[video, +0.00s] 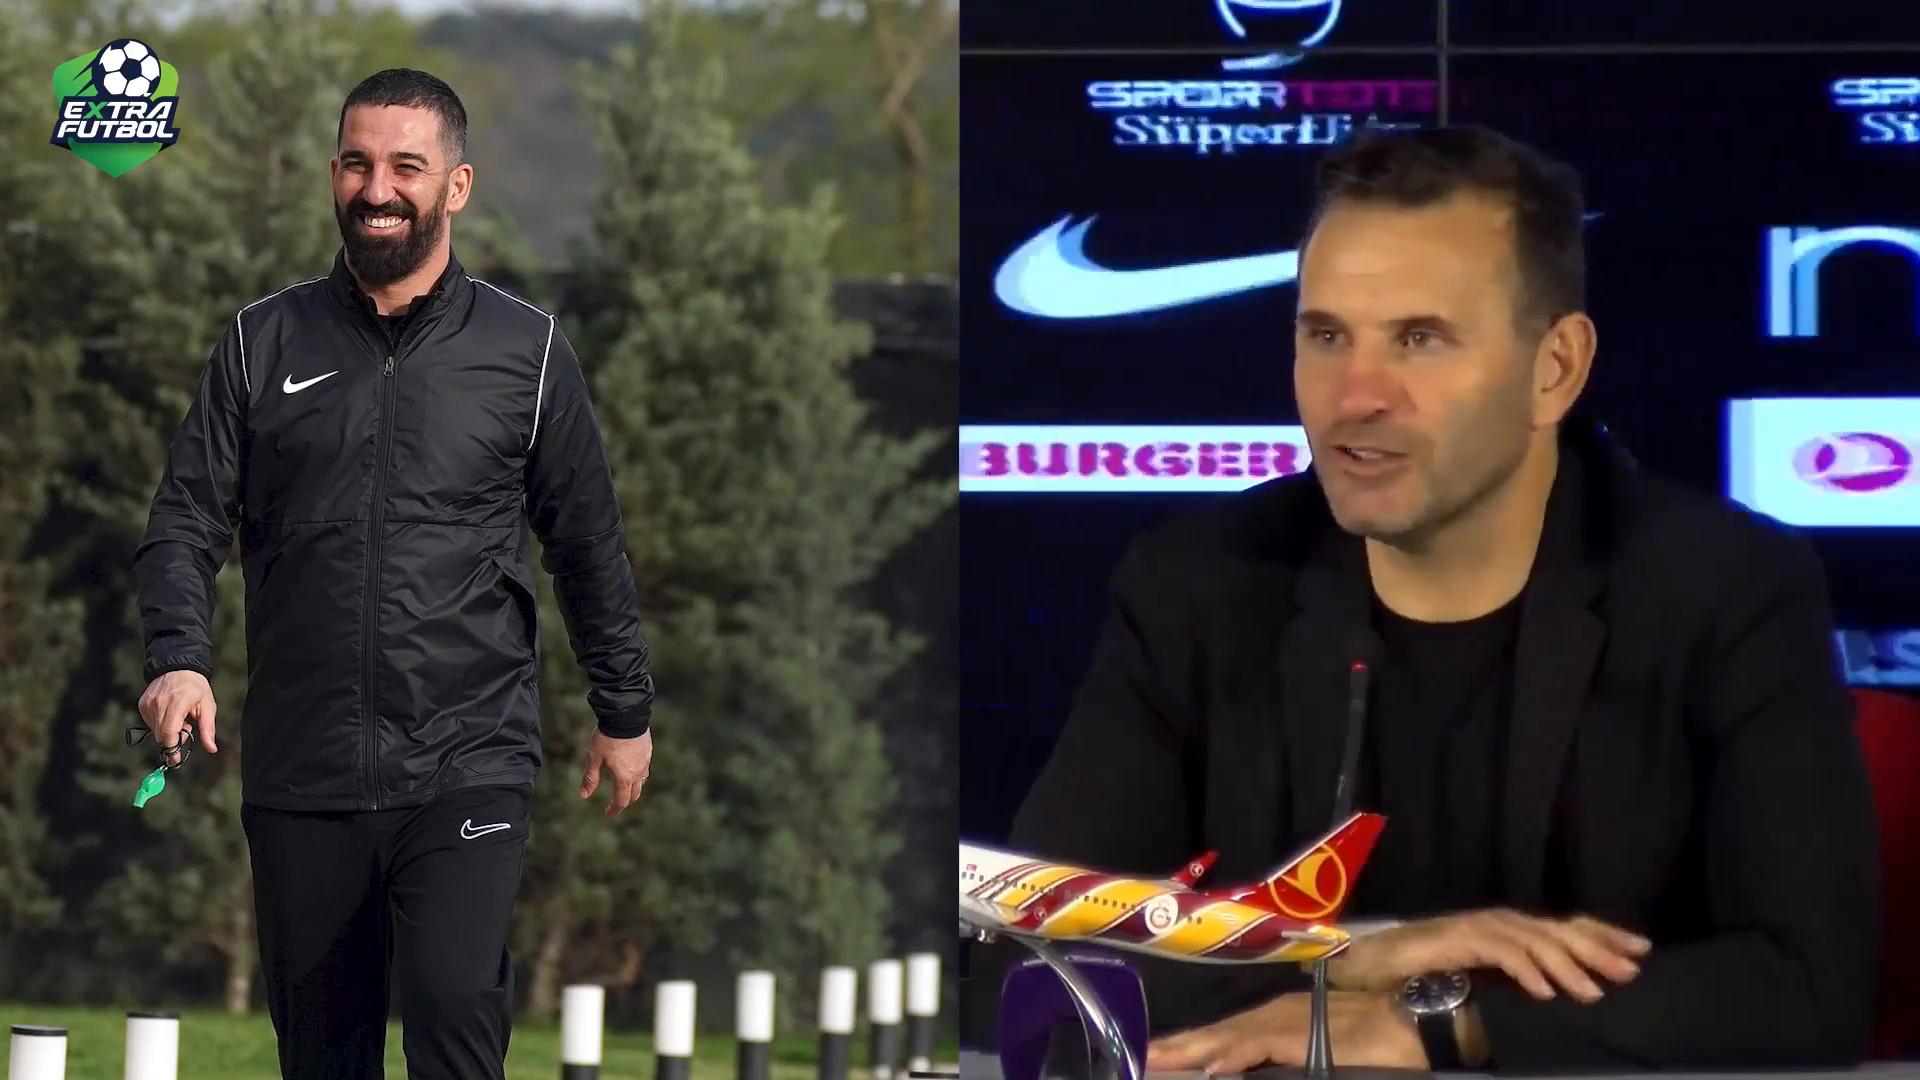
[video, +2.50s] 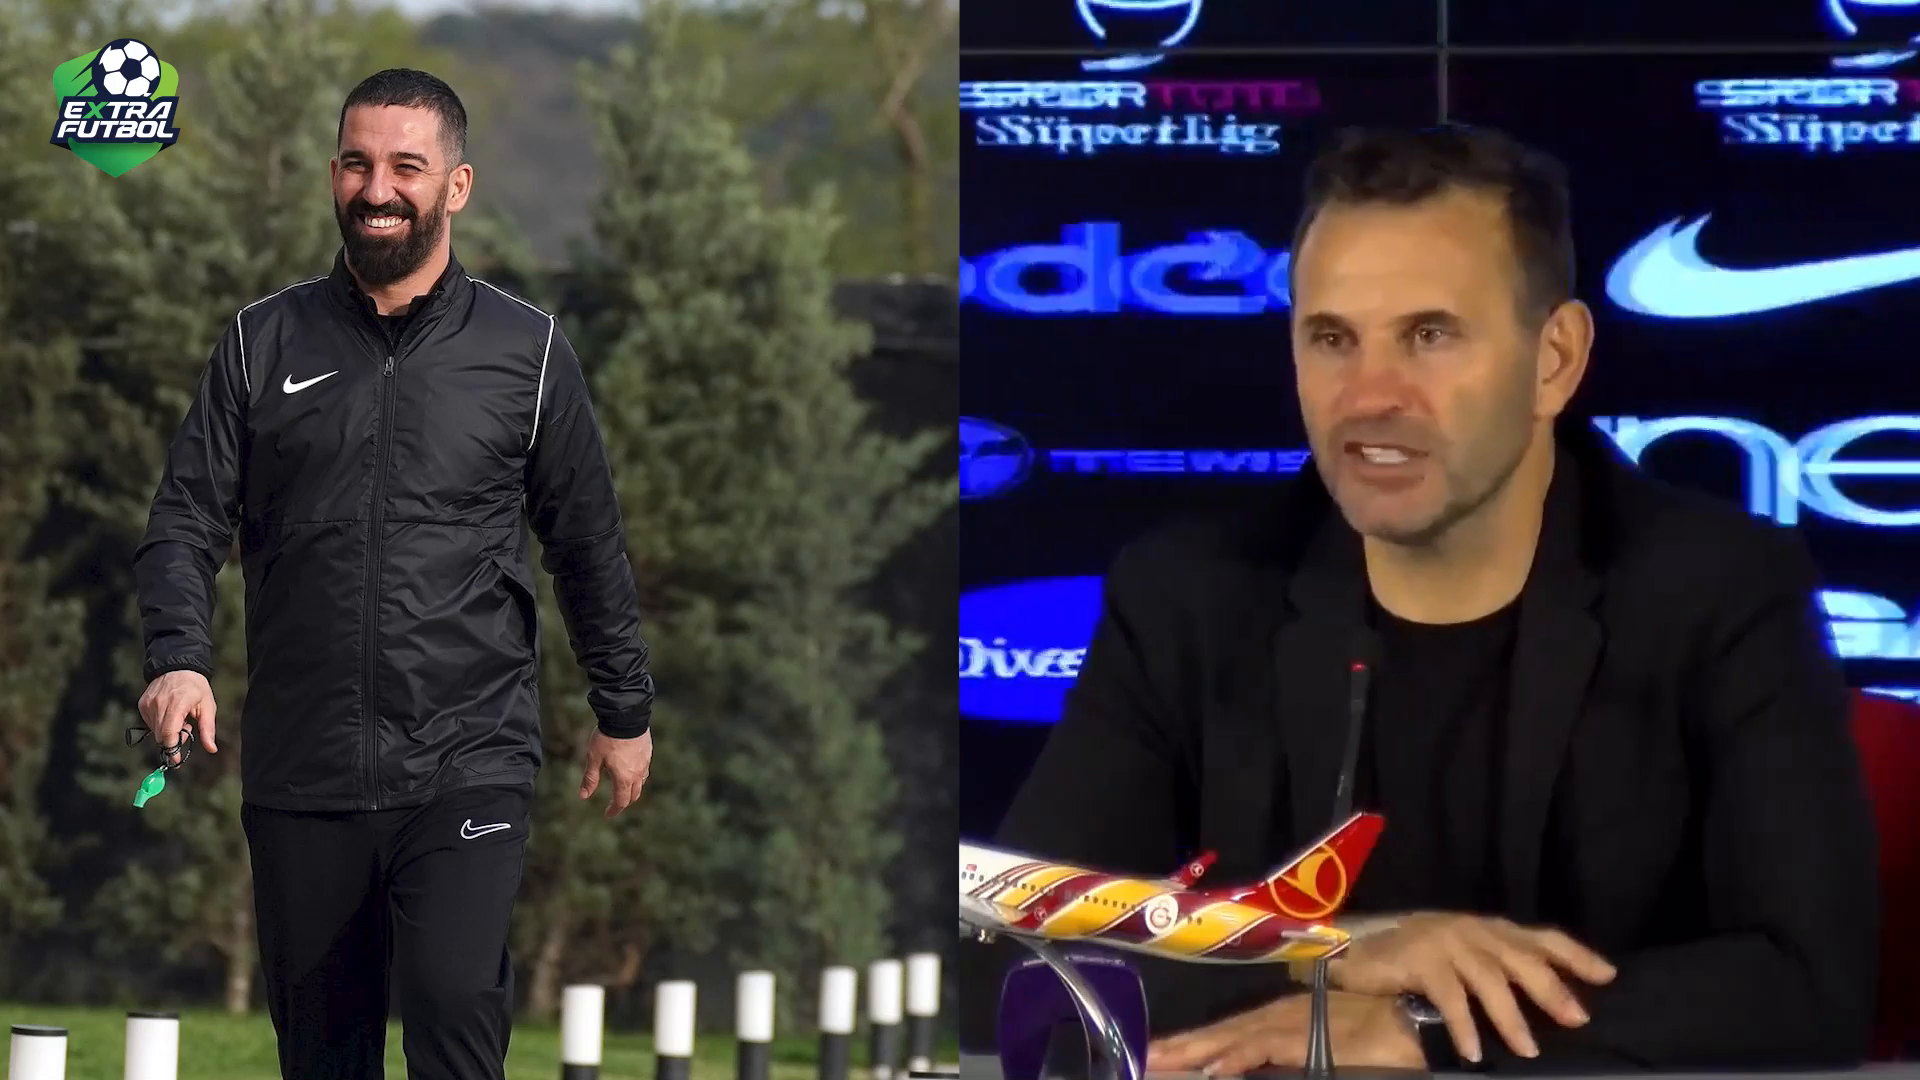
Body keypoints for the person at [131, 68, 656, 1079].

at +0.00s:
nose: (376, 187)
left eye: (405, 164)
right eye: (356, 162)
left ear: (458, 185)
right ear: (334, 176)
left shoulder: (529, 350)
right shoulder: (259, 343)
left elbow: (589, 541)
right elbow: (187, 513)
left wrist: (623, 708)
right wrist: (178, 658)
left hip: (472, 751)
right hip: (302, 753)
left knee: (455, 1017)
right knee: (319, 1039)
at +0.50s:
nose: (376, 187)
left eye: (405, 164)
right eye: (356, 162)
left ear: (458, 185)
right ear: (334, 176)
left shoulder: (529, 349)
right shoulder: (259, 342)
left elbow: (588, 540)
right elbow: (187, 513)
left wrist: (623, 709)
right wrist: (178, 658)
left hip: (471, 752)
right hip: (302, 755)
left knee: (455, 1019)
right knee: (320, 1042)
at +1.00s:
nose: (376, 187)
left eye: (405, 164)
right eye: (356, 162)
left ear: (458, 185)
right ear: (334, 176)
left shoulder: (529, 349)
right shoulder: (259, 343)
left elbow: (588, 540)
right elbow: (187, 513)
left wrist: (623, 709)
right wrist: (178, 658)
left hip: (472, 752)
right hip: (302, 755)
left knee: (455, 1018)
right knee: (320, 1042)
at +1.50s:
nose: (376, 187)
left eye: (405, 164)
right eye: (356, 162)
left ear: (458, 185)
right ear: (334, 176)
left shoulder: (529, 349)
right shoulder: (259, 343)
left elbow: (588, 541)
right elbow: (187, 513)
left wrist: (623, 709)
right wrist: (178, 658)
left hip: (472, 752)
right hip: (302, 755)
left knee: (455, 1018)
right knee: (320, 1042)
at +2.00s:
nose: (376, 187)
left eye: (405, 164)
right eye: (356, 162)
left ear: (458, 185)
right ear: (334, 176)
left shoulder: (529, 349)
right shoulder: (259, 343)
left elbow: (588, 541)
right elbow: (187, 513)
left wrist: (623, 709)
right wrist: (178, 658)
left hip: (472, 752)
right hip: (302, 755)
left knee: (455, 1018)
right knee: (320, 1042)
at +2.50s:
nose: (375, 187)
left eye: (405, 164)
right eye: (356, 162)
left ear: (458, 185)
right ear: (334, 177)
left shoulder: (530, 350)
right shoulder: (259, 342)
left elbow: (588, 541)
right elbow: (187, 513)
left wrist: (623, 708)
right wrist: (177, 658)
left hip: (472, 752)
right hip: (301, 755)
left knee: (455, 1018)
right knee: (320, 1042)